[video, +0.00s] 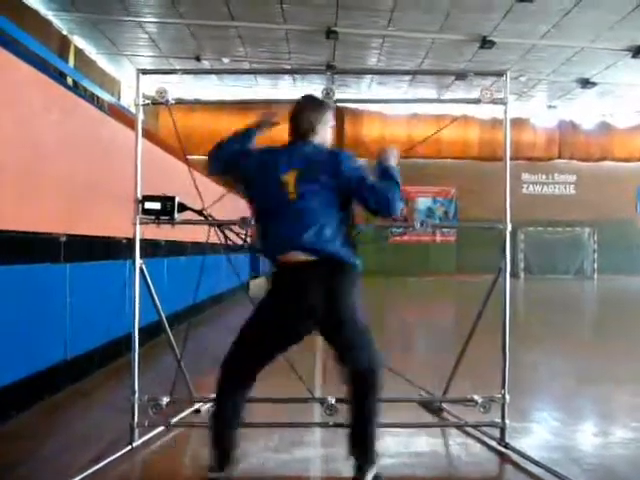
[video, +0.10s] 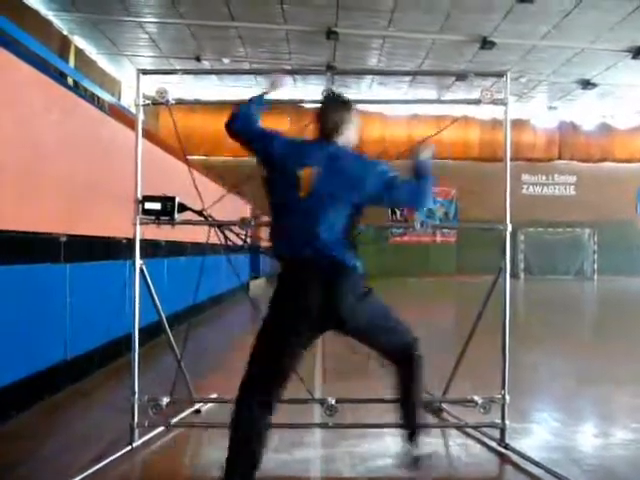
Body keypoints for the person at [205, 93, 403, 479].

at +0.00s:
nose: (333, 131)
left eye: (331, 126)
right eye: (331, 126)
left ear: (291, 127)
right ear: (325, 128)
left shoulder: (263, 163)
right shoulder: (336, 163)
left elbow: (219, 159)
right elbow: (388, 204)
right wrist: (388, 168)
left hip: (289, 286)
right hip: (335, 284)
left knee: (237, 368)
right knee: (365, 366)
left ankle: (222, 462)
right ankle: (365, 466)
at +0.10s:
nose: (358, 131)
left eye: (355, 124)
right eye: (356, 124)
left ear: (318, 124)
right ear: (349, 128)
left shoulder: (283, 153)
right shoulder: (358, 169)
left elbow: (239, 125)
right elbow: (417, 197)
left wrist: (268, 92)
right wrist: (423, 163)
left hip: (293, 292)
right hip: (343, 293)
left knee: (258, 391)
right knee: (405, 348)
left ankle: (238, 474)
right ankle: (413, 447)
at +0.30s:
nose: (412, 146)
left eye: (407, 139)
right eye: (411, 141)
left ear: (377, 147)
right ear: (409, 147)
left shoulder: (360, 181)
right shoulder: (425, 176)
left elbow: (326, 225)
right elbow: (457, 149)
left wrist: (270, 220)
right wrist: (481, 113)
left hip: (345, 303)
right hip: (392, 305)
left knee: (278, 385)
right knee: (455, 381)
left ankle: (216, 459)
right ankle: (481, 471)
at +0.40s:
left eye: (376, 138)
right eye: (395, 136)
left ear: (370, 143)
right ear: (401, 143)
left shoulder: (359, 182)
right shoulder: (428, 181)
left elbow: (345, 236)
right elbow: (469, 193)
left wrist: (296, 244)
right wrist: (479, 155)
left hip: (351, 306)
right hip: (399, 308)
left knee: (294, 391)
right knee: (461, 385)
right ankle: (484, 470)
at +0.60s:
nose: (323, 126)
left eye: (326, 120)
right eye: (326, 119)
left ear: (332, 122)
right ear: (362, 122)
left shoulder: (317, 160)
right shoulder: (390, 152)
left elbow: (253, 176)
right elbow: (429, 131)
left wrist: (256, 139)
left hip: (325, 289)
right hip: (375, 290)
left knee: (262, 356)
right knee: (409, 375)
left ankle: (263, 462)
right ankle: (438, 467)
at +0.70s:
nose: (295, 120)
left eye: (297, 114)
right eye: (300, 114)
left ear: (302, 118)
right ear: (335, 118)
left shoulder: (286, 154)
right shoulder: (362, 151)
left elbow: (221, 162)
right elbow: (417, 159)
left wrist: (201, 121)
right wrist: (392, 127)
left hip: (307, 287)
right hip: (360, 283)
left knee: (246, 362)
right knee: (406, 365)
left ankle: (209, 450)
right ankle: (459, 454)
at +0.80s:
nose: (267, 134)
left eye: (268, 128)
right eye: (277, 130)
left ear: (268, 133)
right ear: (301, 136)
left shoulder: (250, 165)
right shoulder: (319, 174)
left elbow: (210, 135)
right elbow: (373, 207)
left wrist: (175, 107)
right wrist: (412, 183)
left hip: (291, 299)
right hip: (340, 294)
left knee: (227, 379)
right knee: (410, 369)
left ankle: (189, 470)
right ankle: (479, 453)